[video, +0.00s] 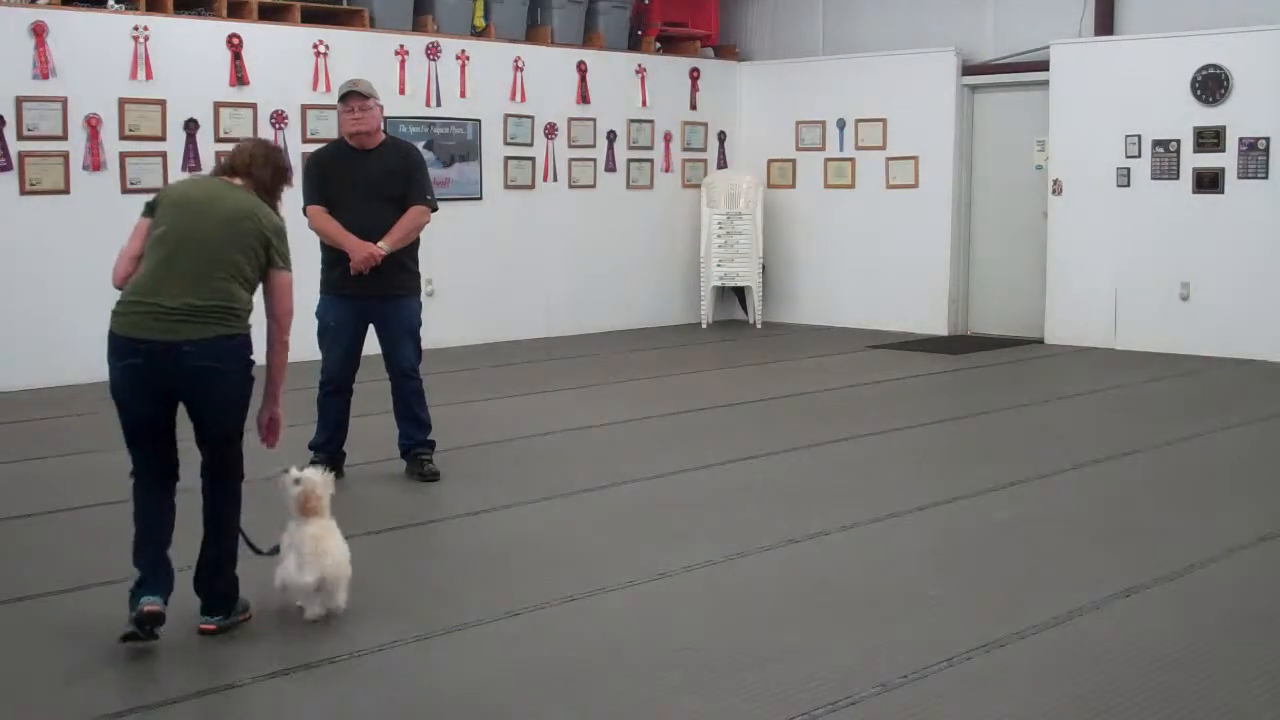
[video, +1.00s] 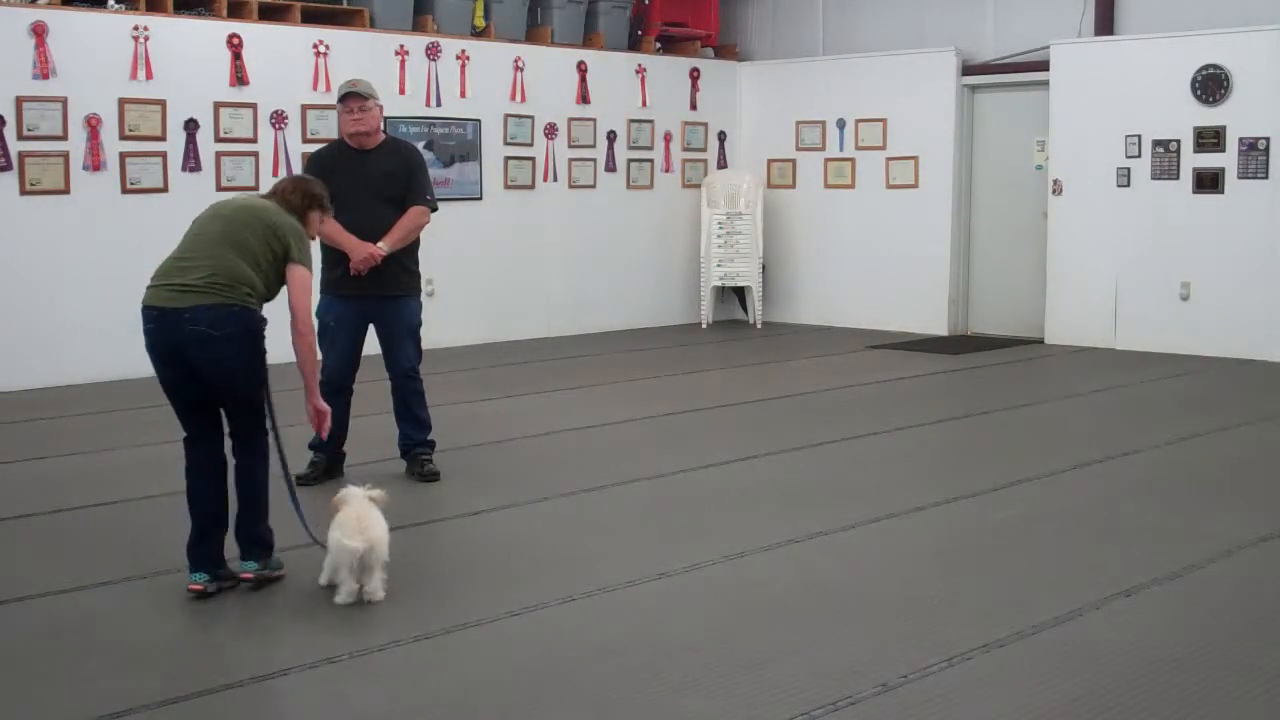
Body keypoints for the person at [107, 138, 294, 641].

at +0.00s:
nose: (278, 200)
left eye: (280, 193)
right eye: (279, 192)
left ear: (226, 167)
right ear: (272, 185)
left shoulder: (170, 193)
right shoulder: (267, 221)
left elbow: (123, 273)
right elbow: (279, 320)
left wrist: (175, 269)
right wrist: (273, 401)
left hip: (135, 348)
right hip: (215, 354)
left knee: (152, 471)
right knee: (222, 473)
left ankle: (150, 589)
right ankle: (217, 603)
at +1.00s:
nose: (317, 235)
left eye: (321, 225)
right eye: (319, 223)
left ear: (277, 198)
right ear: (304, 211)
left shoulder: (221, 210)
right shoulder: (291, 232)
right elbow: (302, 325)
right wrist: (314, 395)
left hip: (160, 316)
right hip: (225, 319)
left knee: (201, 438)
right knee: (249, 437)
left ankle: (204, 566)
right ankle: (255, 554)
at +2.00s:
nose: (336, 156)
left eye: (339, 147)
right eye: (332, 145)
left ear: (297, 137)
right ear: (308, 136)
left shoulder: (263, 168)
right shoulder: (294, 177)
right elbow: (279, 251)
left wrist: (328, 246)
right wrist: (329, 305)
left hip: (251, 301)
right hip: (283, 303)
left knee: (275, 409)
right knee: (321, 408)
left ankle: (256, 514)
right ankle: (289, 519)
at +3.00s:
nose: (344, 147)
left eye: (346, 139)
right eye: (340, 138)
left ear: (312, 133)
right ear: (316, 132)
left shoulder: (277, 170)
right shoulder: (302, 176)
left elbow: (293, 238)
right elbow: (297, 253)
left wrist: (339, 219)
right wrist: (341, 224)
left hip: (272, 299)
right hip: (299, 302)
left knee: (266, 409)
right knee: (311, 412)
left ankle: (256, 514)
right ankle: (316, 519)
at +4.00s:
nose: (334, 144)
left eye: (335, 135)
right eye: (331, 134)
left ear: (301, 132)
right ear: (308, 132)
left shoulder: (279, 171)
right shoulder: (290, 176)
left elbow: (310, 234)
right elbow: (296, 253)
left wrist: (339, 258)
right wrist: (334, 271)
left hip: (276, 299)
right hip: (293, 302)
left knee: (268, 410)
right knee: (318, 412)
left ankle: (255, 514)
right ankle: (316, 519)